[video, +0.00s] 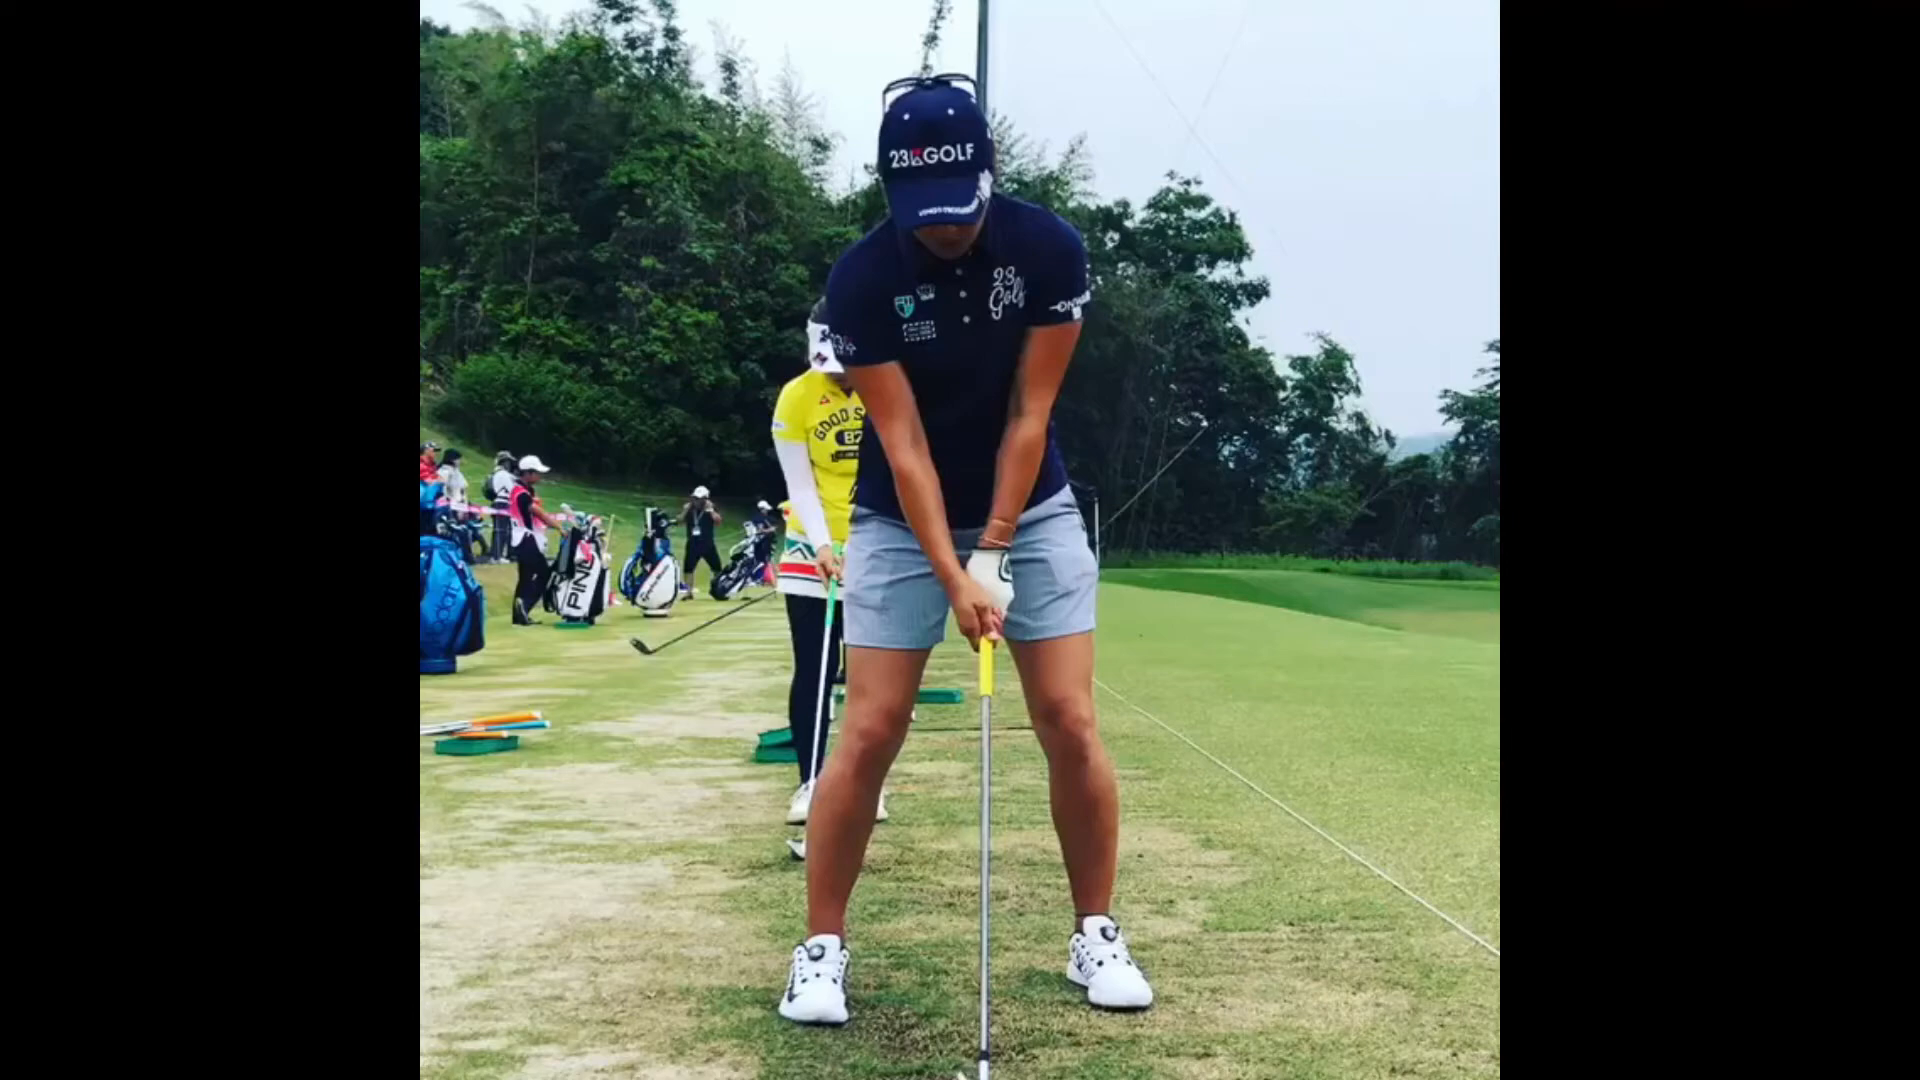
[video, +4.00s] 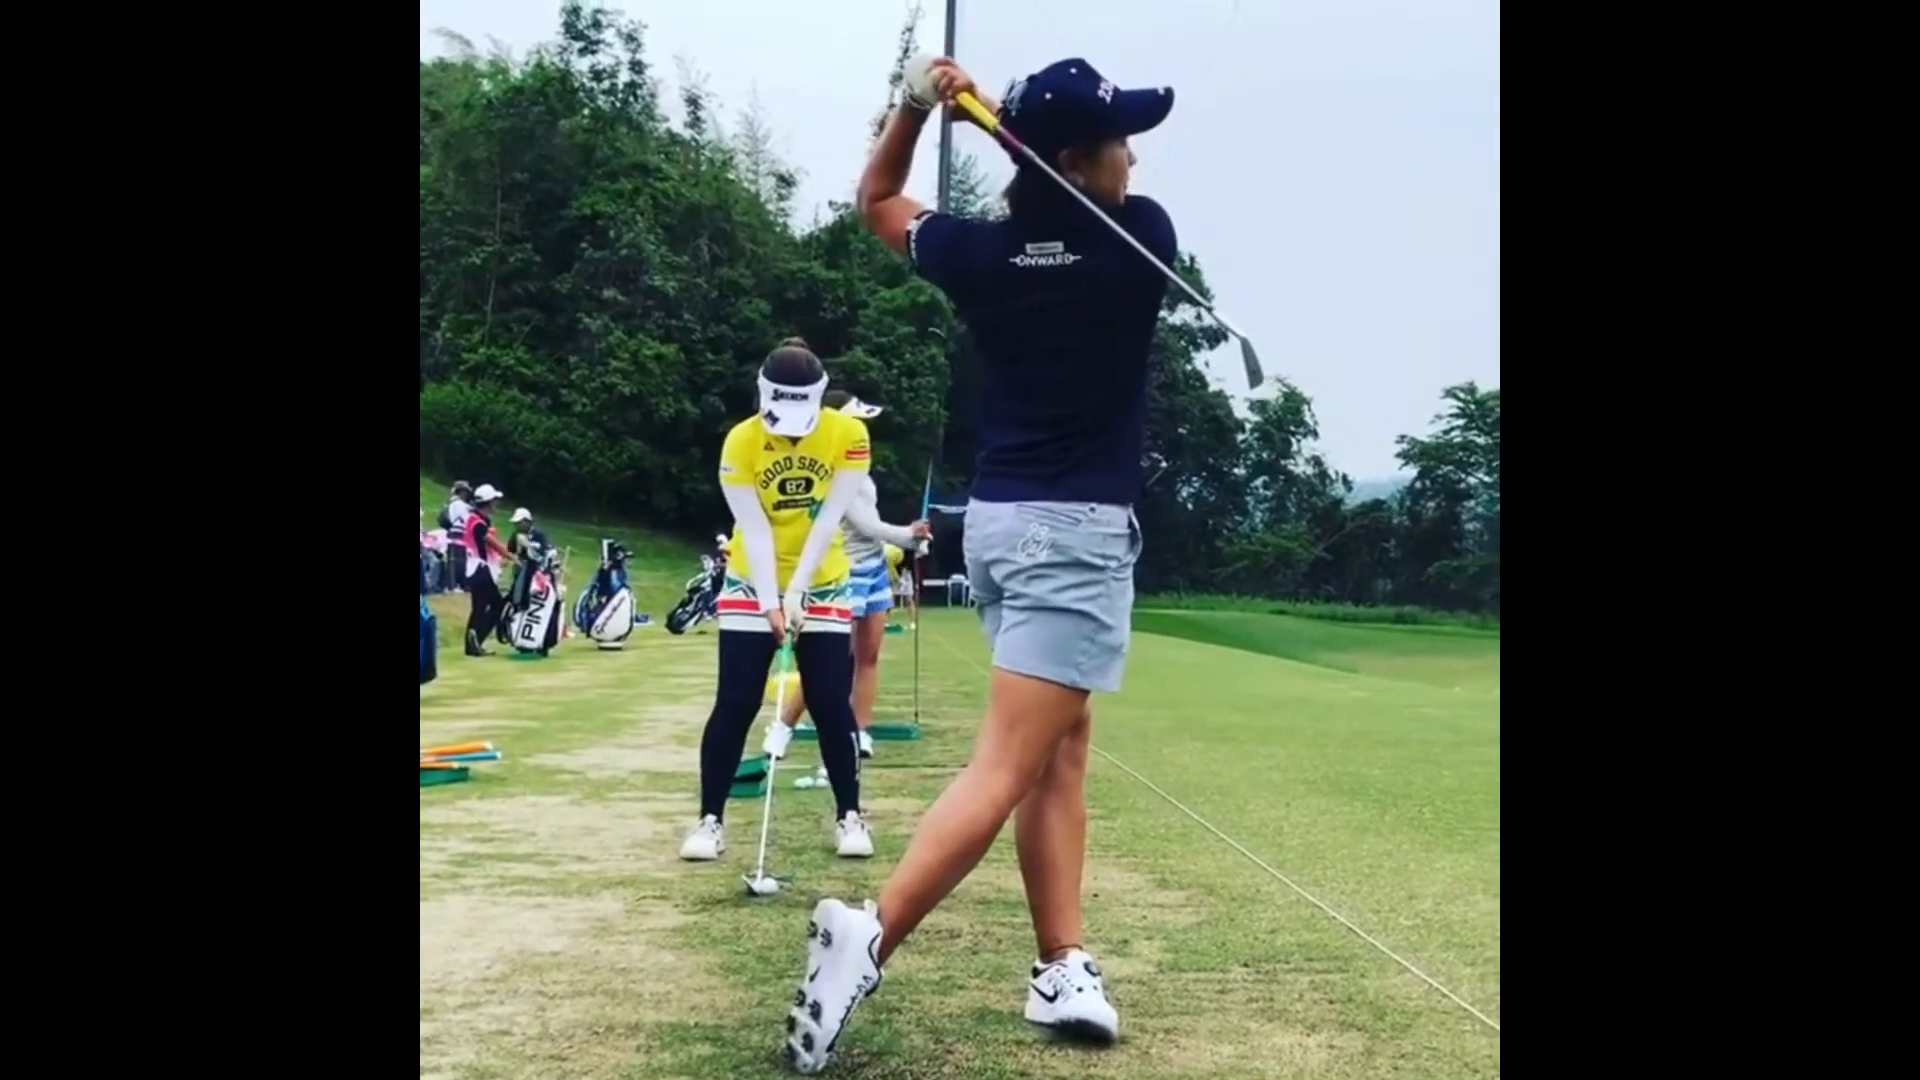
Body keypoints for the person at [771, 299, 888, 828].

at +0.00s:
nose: (837, 361)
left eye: (846, 348)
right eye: (828, 349)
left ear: (867, 344)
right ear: (815, 346)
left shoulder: (886, 390)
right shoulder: (797, 396)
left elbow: (898, 471)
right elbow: (800, 482)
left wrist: (893, 539)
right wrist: (821, 542)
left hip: (873, 552)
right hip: (811, 553)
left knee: (877, 679)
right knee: (816, 671)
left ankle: (871, 780)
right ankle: (811, 780)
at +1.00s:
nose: (810, 353)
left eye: (820, 344)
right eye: (802, 343)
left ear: (839, 343)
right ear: (791, 344)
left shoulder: (862, 396)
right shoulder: (777, 395)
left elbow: (868, 479)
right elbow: (781, 484)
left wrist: (859, 547)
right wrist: (804, 546)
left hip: (849, 555)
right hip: (789, 556)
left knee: (855, 684)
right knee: (793, 674)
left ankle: (847, 776)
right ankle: (789, 781)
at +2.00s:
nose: (848, 354)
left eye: (856, 344)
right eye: (839, 343)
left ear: (878, 344)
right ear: (829, 346)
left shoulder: (891, 399)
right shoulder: (805, 402)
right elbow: (806, 490)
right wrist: (827, 554)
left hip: (870, 568)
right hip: (811, 570)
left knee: (874, 692)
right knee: (815, 682)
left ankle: (864, 786)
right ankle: (810, 790)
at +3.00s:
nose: (830, 405)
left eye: (841, 394)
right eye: (820, 393)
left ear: (860, 376)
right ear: (805, 376)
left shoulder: (891, 416)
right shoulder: (785, 428)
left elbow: (885, 503)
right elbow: (792, 514)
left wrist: (845, 568)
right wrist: (803, 579)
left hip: (870, 570)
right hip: (798, 568)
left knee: (872, 698)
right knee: (780, 690)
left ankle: (886, 810)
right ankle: (754, 807)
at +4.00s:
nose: (788, 424)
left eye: (798, 414)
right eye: (778, 413)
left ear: (818, 397)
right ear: (763, 397)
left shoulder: (849, 434)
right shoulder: (740, 444)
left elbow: (833, 514)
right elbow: (754, 529)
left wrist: (797, 587)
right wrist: (769, 598)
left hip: (822, 585)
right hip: (750, 583)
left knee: (830, 701)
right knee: (735, 701)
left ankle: (849, 816)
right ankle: (710, 821)